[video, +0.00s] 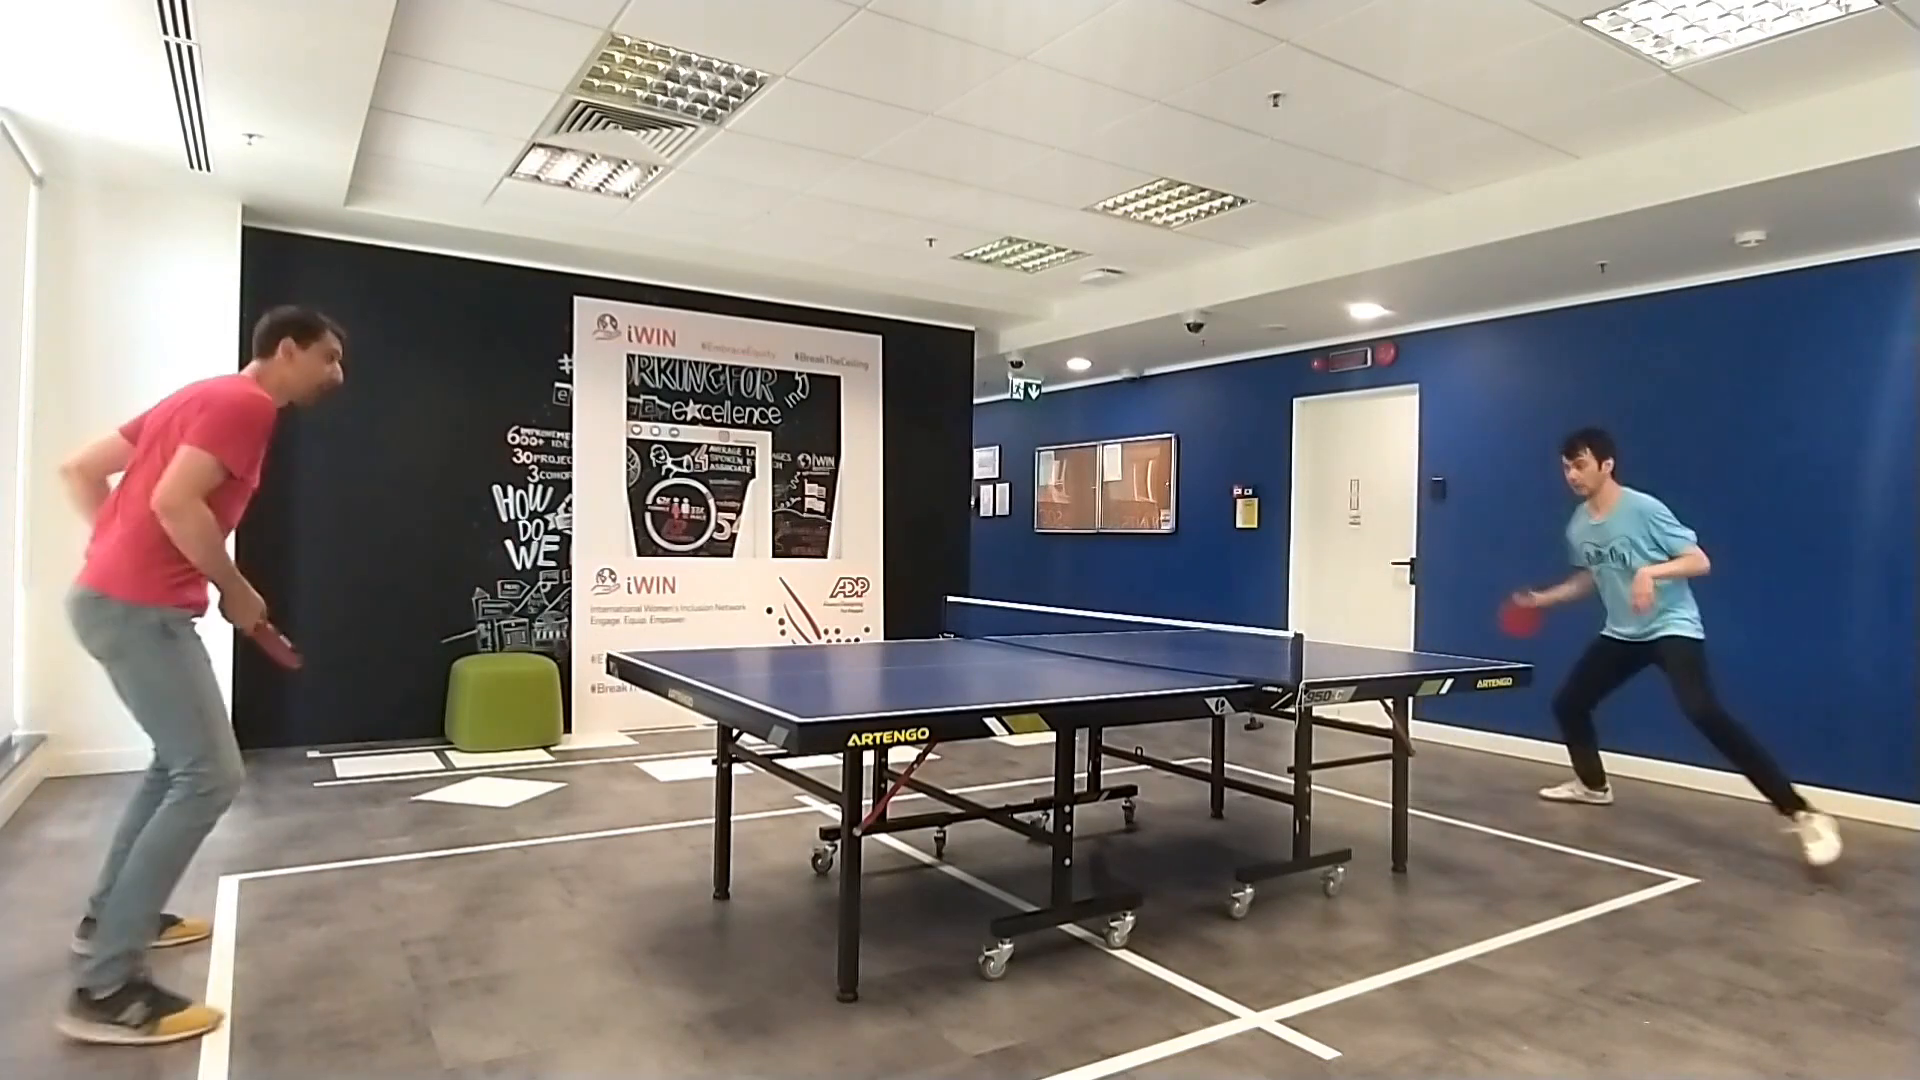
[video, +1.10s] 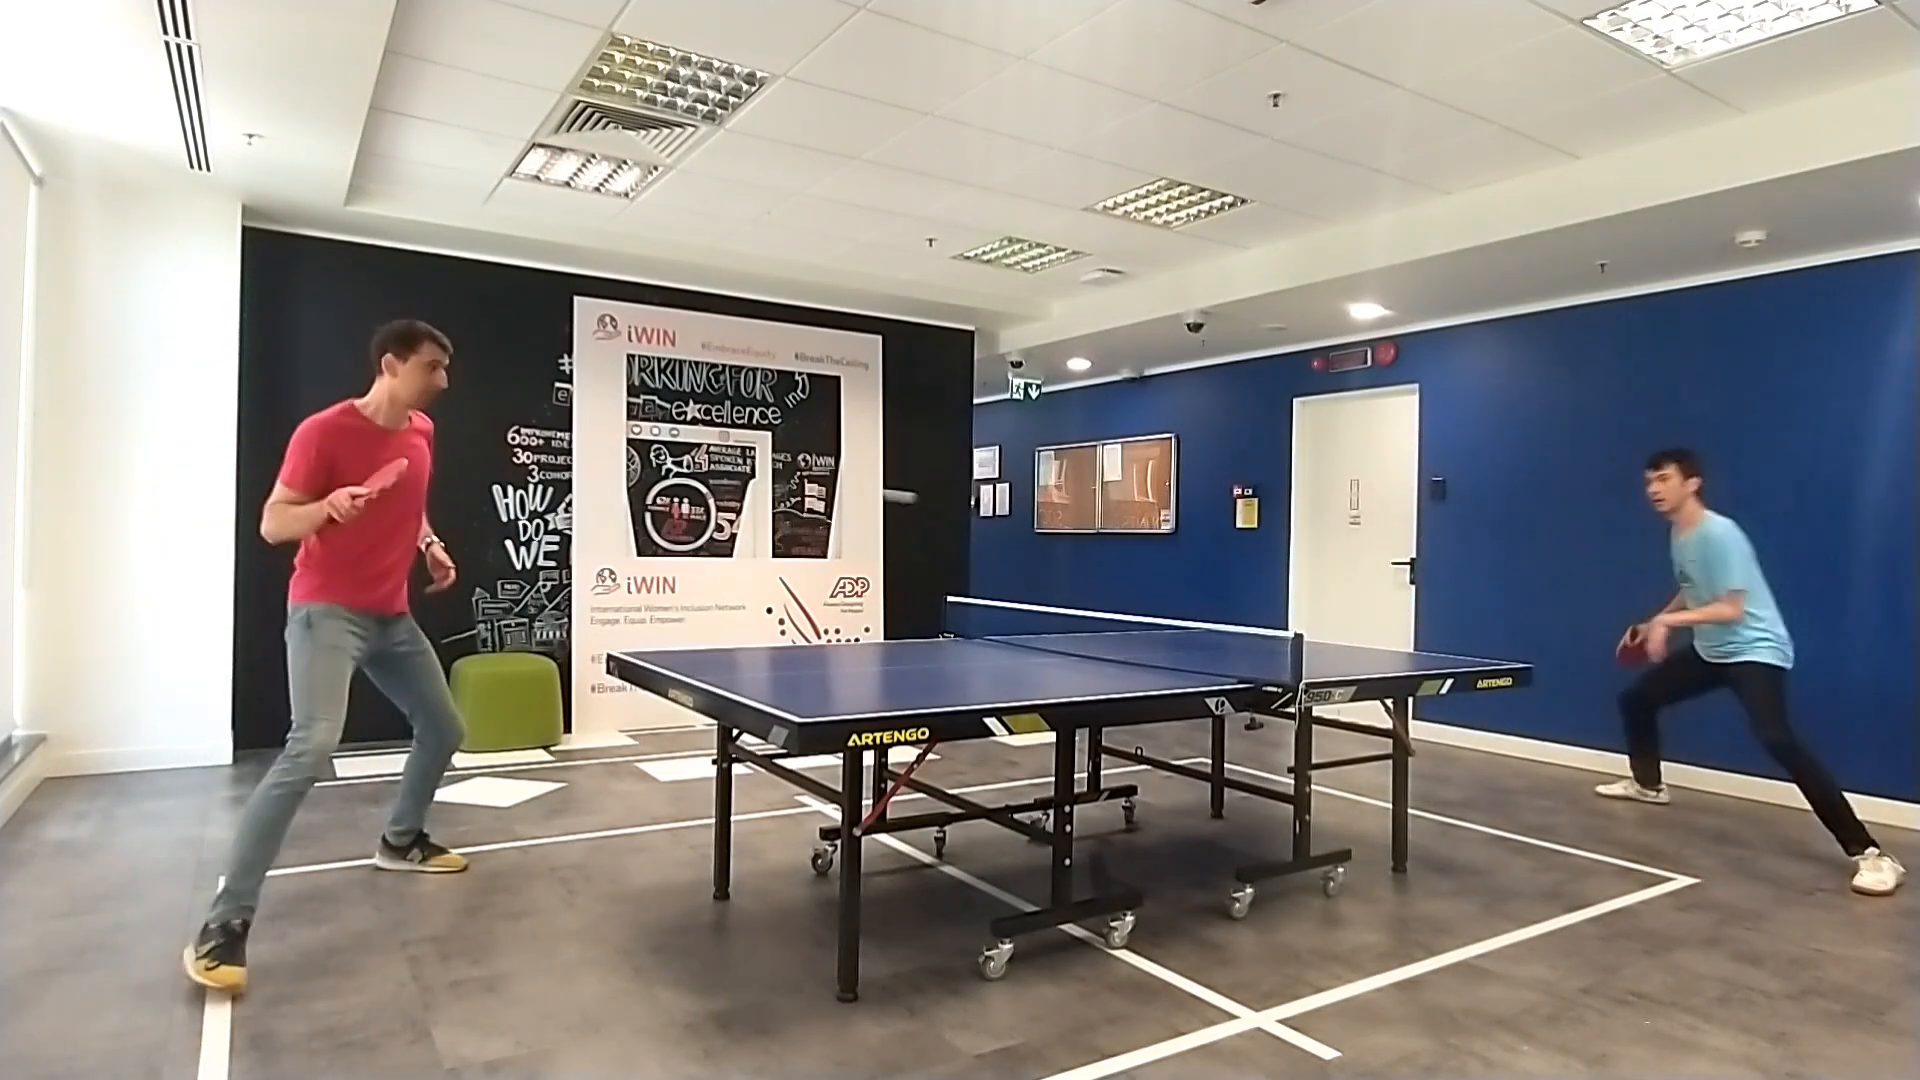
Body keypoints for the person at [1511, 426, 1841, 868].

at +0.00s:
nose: (1570, 474)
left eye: (1578, 464)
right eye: (1566, 466)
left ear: (1606, 465)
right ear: (1566, 471)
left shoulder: (1643, 508)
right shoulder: (1579, 524)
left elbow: (1698, 561)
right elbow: (1592, 576)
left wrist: (1650, 571)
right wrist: (1545, 599)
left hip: (1672, 628)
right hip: (1622, 634)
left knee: (1702, 712)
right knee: (1569, 704)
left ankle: (1802, 815)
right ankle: (1592, 786)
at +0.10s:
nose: (1591, 479)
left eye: (1598, 468)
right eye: (1587, 471)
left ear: (1628, 464)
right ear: (1598, 474)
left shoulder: (1666, 505)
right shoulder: (1618, 513)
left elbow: (1722, 560)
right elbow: (1646, 570)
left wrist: (1658, 558)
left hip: (1693, 637)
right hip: (1641, 638)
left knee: (1734, 722)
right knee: (1588, 709)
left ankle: (1837, 830)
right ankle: (1593, 785)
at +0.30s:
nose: (1689, 478)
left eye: (1690, 466)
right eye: (1685, 468)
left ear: (1715, 453)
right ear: (1714, 457)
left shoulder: (1766, 500)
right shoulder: (1733, 500)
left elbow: (1791, 575)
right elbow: (1734, 558)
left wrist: (1723, 553)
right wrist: (1682, 542)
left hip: (1763, 650)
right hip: (1717, 635)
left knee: (1775, 751)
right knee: (1664, 702)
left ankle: (1869, 854)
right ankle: (1629, 780)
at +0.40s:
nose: (1732, 461)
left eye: (1737, 451)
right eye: (1729, 453)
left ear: (1772, 447)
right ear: (1765, 451)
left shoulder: (1815, 507)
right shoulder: (1749, 490)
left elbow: (1836, 590)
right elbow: (1726, 506)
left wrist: (1767, 568)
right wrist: (1708, 515)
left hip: (1786, 649)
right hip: (1733, 632)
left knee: (1786, 750)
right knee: (1687, 705)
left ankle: (1869, 854)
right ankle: (1685, 782)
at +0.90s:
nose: (1737, 468)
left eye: (1747, 459)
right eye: (1732, 461)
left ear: (1779, 465)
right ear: (1730, 469)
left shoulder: (1812, 525)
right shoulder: (1733, 506)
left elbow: (1840, 598)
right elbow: (1724, 542)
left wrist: (1776, 620)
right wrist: (1681, 577)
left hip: (1800, 645)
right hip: (1741, 632)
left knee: (1812, 732)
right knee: (1683, 694)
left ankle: (1874, 852)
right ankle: (1645, 765)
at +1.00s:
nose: (1696, 479)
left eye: (1706, 469)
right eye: (1693, 472)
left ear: (1738, 475)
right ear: (1693, 480)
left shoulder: (1770, 531)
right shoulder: (1706, 521)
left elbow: (1790, 606)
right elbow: (1710, 569)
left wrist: (1722, 623)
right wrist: (1667, 601)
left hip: (1779, 651)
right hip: (1730, 646)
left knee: (1798, 736)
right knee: (1660, 704)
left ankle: (1873, 854)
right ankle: (1648, 783)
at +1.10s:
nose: (1653, 489)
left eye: (1662, 479)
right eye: (1650, 482)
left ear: (1692, 484)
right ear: (1651, 490)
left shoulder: (1720, 533)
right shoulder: (1679, 536)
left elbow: (1733, 607)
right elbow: (1692, 595)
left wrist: (1669, 621)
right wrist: (1654, 624)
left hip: (1756, 653)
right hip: (1711, 650)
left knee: (1777, 740)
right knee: (1637, 701)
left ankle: (1869, 855)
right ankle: (1647, 784)